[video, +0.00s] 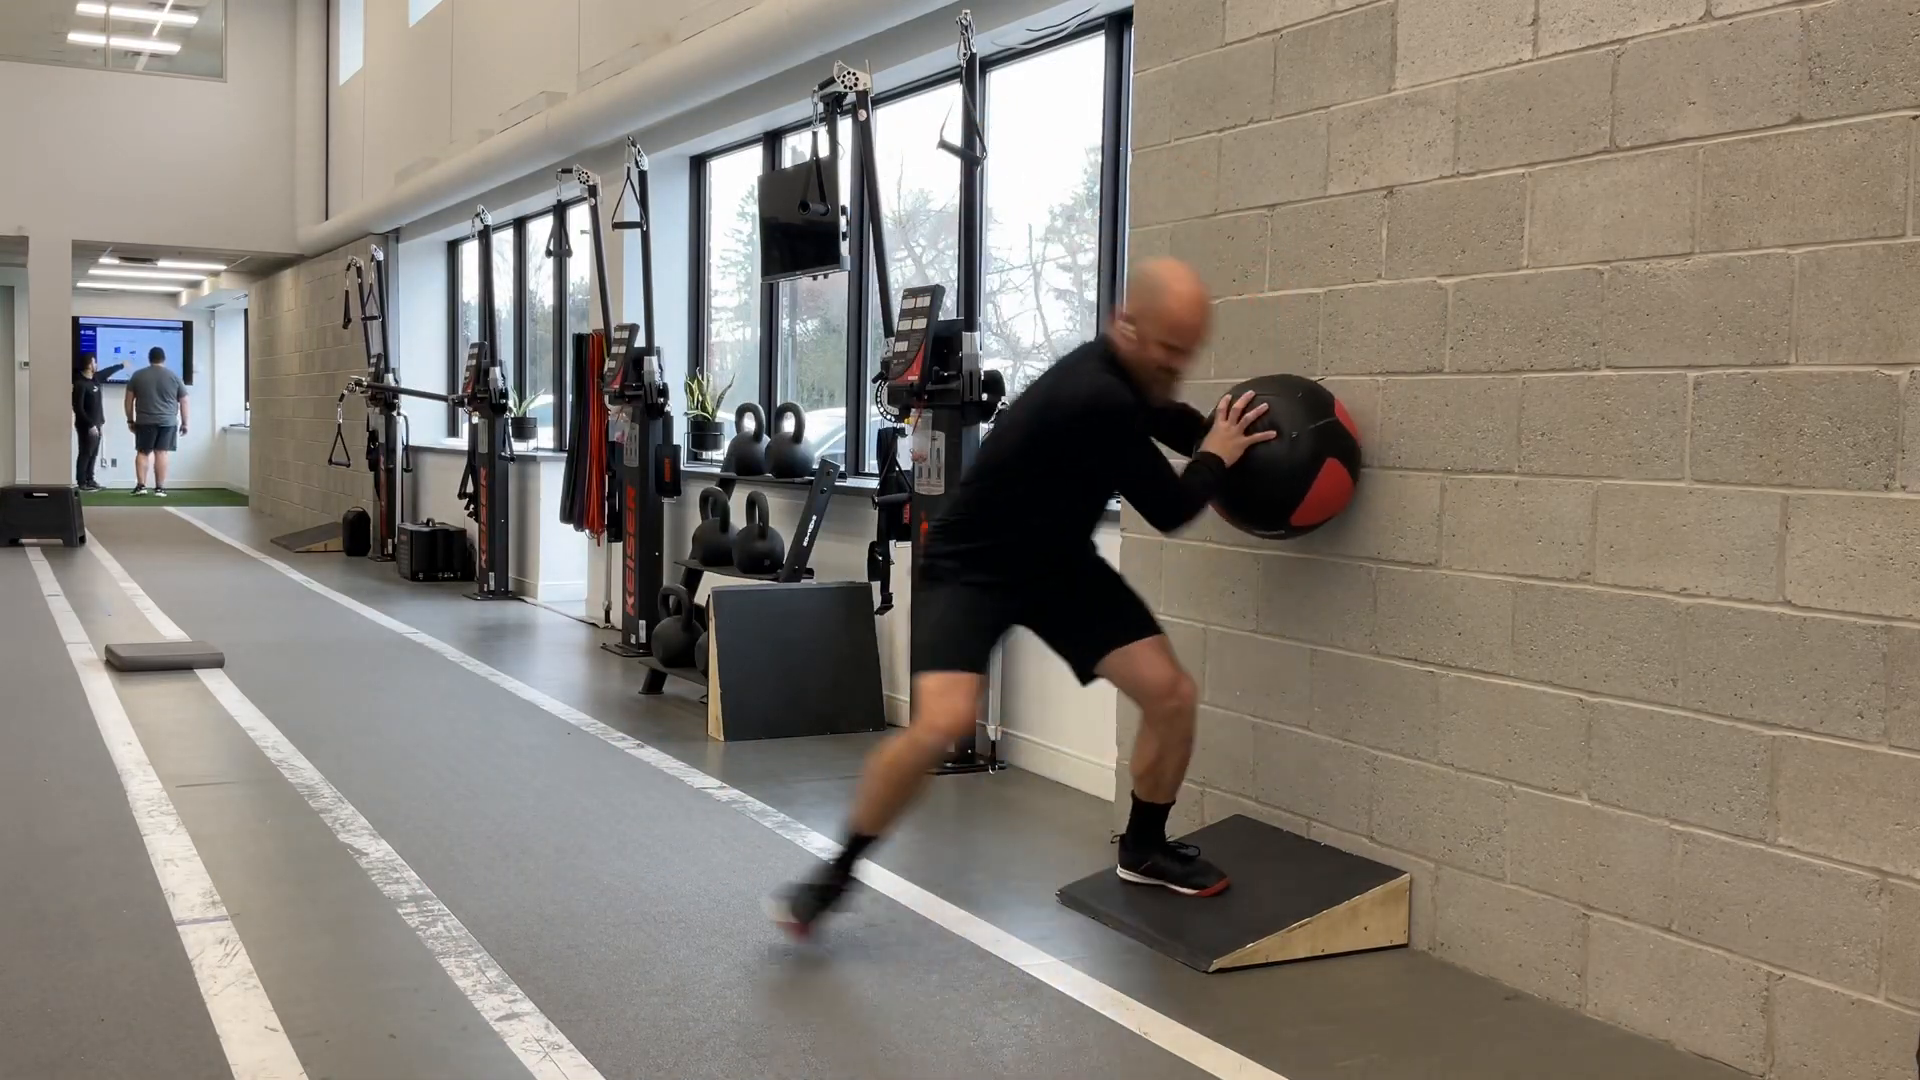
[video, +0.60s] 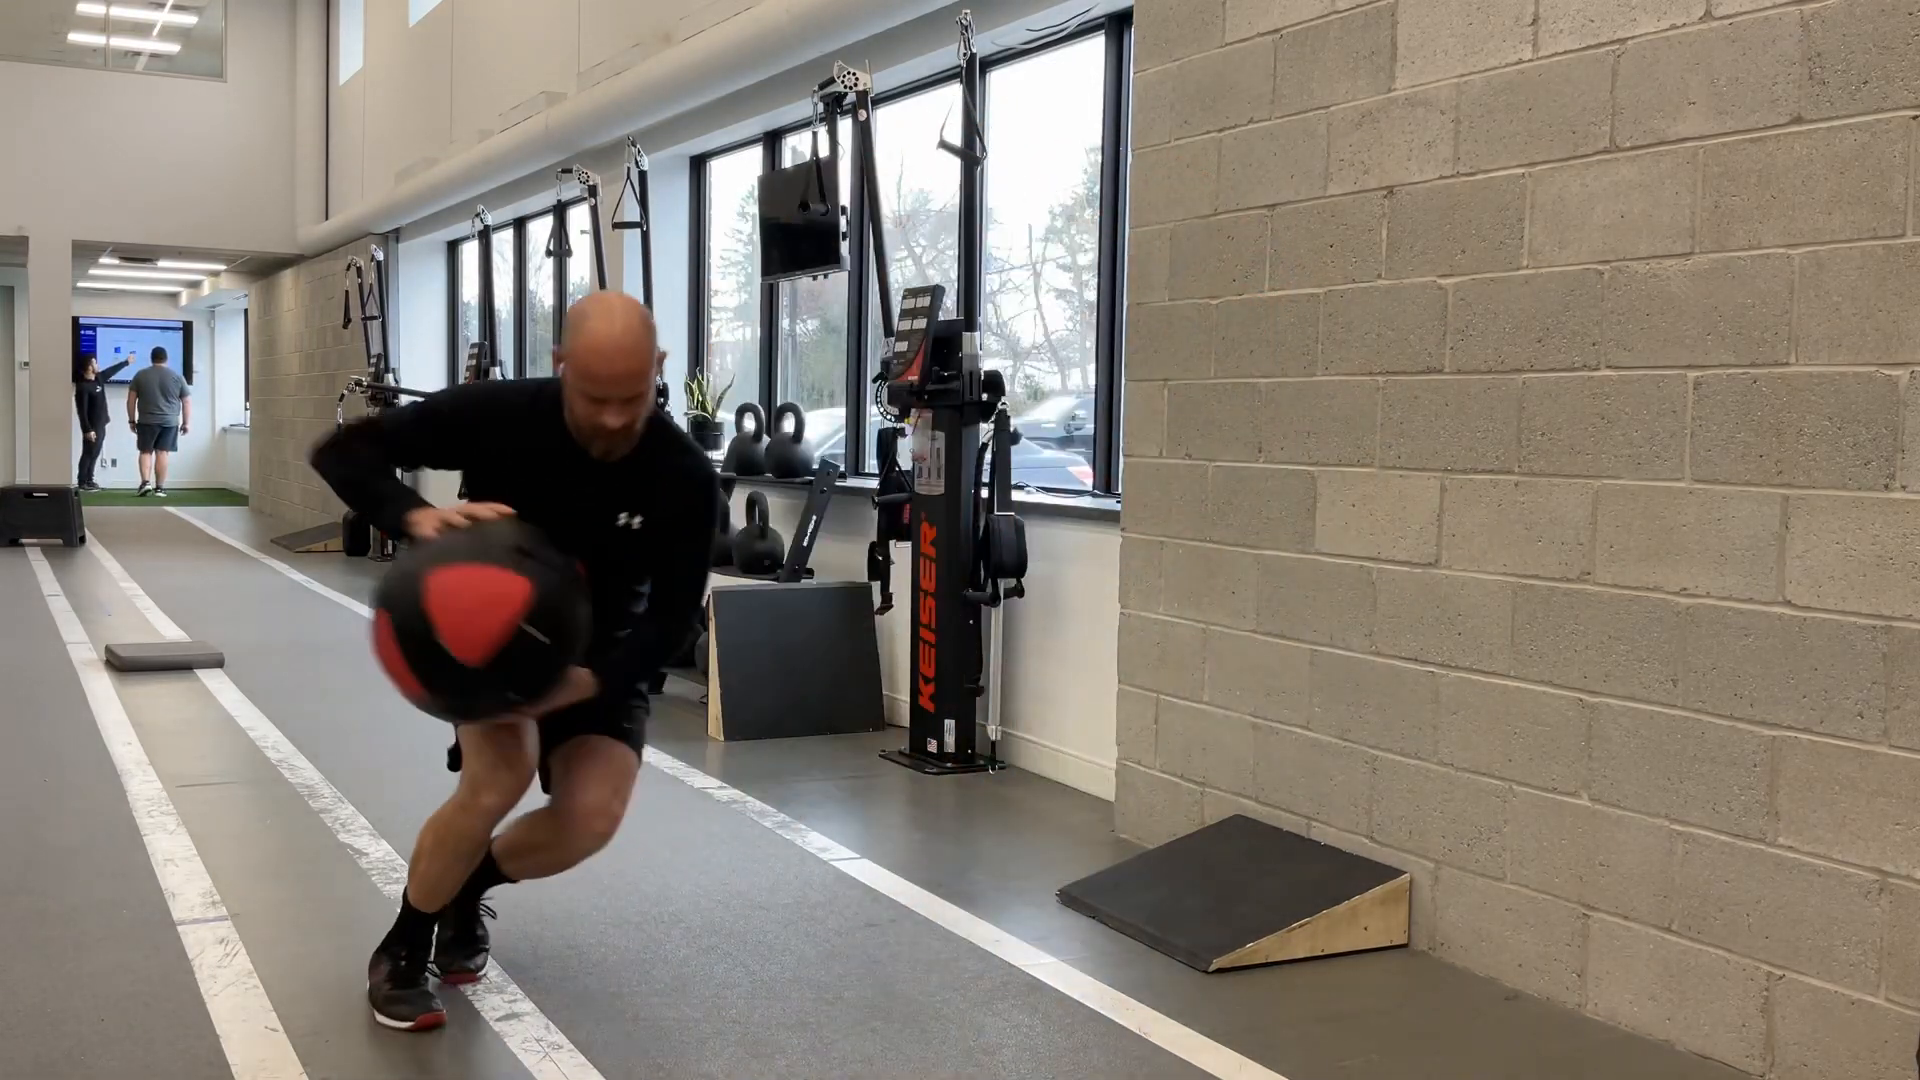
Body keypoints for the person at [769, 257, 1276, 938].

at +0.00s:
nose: (1179, 364)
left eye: (1188, 350)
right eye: (1169, 347)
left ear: (1192, 334)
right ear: (1125, 324)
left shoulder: (1125, 373)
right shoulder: (1092, 394)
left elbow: (1169, 421)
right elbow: (1169, 509)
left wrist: (1251, 439)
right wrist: (1215, 455)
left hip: (1056, 562)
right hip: (969, 563)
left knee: (1171, 695)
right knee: (943, 723)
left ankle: (1144, 848)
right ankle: (837, 873)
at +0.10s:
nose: (1062, 293)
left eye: (1074, 278)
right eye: (1047, 275)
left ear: (1084, 272)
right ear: (1013, 261)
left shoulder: (1052, 344)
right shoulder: (990, 337)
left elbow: (1102, 413)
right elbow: (1083, 445)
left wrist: (1170, 446)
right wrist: (1162, 442)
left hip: (982, 542)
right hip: (891, 536)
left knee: (1090, 695)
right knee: (811, 690)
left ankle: (1138, 846)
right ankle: (690, 868)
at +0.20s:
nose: (946, 258)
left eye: (961, 244)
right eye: (931, 239)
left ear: (977, 235)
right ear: (898, 220)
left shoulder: (952, 304)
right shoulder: (863, 286)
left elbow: (984, 395)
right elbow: (914, 389)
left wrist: (1049, 427)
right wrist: (1013, 429)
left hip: (889, 524)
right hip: (799, 519)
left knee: (1005, 678)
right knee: (694, 692)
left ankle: (1051, 837)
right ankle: (532, 879)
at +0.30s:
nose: (829, 281)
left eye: (842, 262)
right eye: (811, 262)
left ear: (857, 248)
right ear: (769, 243)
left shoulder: (857, 338)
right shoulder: (729, 313)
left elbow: (881, 449)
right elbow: (725, 444)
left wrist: (963, 473)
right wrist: (838, 454)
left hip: (784, 556)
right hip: (692, 557)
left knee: (927, 685)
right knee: (602, 742)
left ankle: (832, 821)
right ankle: (442, 933)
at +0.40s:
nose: (720, 340)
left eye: (734, 321)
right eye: (703, 323)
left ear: (753, 305)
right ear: (668, 304)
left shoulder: (771, 398)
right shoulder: (608, 378)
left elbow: (789, 524)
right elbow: (535, 492)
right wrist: (659, 480)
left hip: (696, 608)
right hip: (591, 603)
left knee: (788, 750)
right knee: (553, 781)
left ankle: (636, 831)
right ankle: (412, 951)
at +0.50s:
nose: (645, 389)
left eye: (663, 371)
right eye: (627, 370)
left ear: (691, 347)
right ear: (593, 344)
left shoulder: (717, 446)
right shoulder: (535, 407)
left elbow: (733, 585)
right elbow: (421, 497)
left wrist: (683, 658)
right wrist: (519, 527)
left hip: (640, 632)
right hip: (528, 616)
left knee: (663, 801)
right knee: (513, 781)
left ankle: (516, 869)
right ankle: (406, 949)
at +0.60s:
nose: (612, 420)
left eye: (631, 400)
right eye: (594, 400)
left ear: (658, 371)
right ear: (561, 369)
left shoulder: (684, 477)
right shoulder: (499, 414)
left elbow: (673, 624)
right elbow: (342, 452)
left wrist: (584, 680)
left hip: (610, 655)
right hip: (495, 637)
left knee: (590, 820)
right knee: (499, 778)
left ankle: (467, 881)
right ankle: (404, 949)